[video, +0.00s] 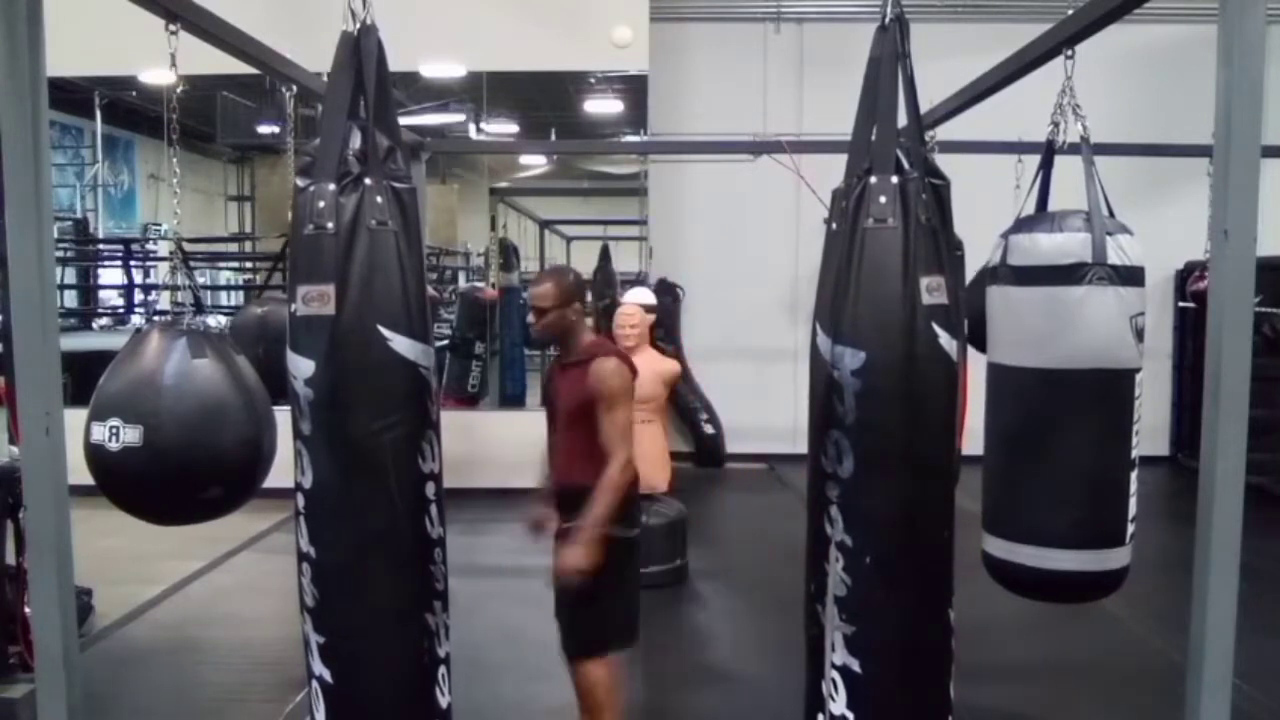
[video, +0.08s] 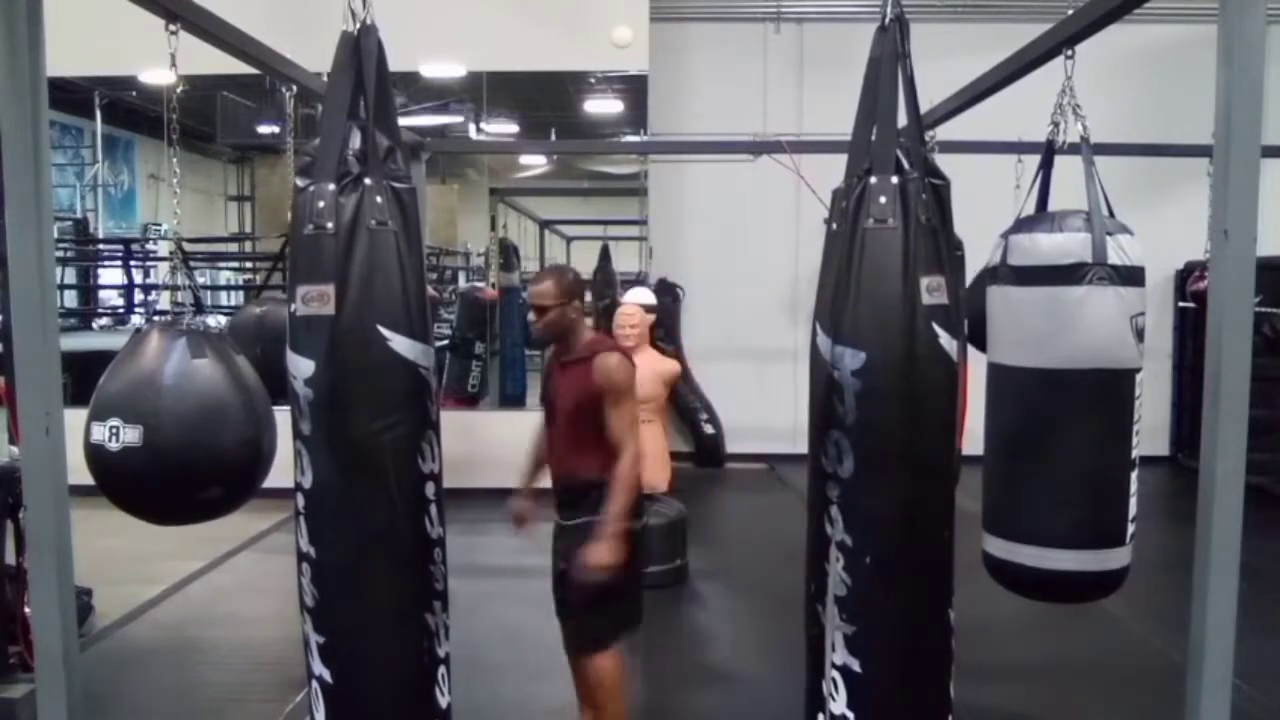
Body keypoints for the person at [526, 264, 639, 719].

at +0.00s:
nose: (533, 322)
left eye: (543, 312)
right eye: (531, 312)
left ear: (575, 308)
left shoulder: (607, 368)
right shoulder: (560, 366)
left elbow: (621, 461)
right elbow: (563, 441)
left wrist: (585, 537)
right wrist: (549, 498)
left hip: (605, 504)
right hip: (573, 502)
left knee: (590, 649)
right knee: (580, 645)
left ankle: (604, 715)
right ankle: (598, 713)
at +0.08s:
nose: (534, 320)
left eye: (543, 310)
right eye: (531, 310)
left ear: (574, 307)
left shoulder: (609, 363)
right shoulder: (557, 359)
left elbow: (629, 452)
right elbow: (554, 428)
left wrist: (607, 534)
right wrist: (527, 489)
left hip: (604, 508)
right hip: (572, 507)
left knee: (596, 641)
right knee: (576, 638)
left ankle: (611, 714)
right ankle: (589, 711)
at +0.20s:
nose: (545, 313)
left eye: (556, 305)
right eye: (542, 304)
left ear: (585, 305)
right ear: (540, 304)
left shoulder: (623, 360)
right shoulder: (546, 357)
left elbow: (657, 440)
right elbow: (532, 424)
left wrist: (658, 517)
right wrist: (494, 481)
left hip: (616, 505)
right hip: (566, 507)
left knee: (625, 626)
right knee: (572, 618)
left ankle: (643, 713)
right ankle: (590, 709)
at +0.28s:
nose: (567, 307)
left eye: (578, 298)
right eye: (561, 299)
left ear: (604, 300)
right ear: (554, 302)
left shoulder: (635, 359)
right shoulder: (547, 356)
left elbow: (660, 437)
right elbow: (531, 422)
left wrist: (671, 511)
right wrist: (496, 483)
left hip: (623, 503)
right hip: (567, 505)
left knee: (641, 619)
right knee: (571, 615)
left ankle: (662, 708)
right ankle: (589, 708)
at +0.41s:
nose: (587, 305)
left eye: (599, 296)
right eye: (579, 296)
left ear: (618, 300)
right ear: (570, 300)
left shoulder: (647, 361)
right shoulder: (552, 358)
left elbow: (662, 436)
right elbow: (537, 424)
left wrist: (671, 509)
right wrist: (515, 489)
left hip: (631, 499)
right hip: (572, 501)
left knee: (650, 610)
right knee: (573, 612)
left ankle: (665, 698)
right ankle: (590, 708)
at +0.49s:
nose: (604, 309)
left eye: (615, 301)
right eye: (596, 300)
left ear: (631, 305)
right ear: (587, 304)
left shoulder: (660, 362)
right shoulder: (567, 361)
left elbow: (670, 435)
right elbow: (552, 428)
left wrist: (670, 509)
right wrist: (540, 496)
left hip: (641, 494)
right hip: (582, 494)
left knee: (652, 608)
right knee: (565, 608)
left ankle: (657, 694)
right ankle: (588, 706)